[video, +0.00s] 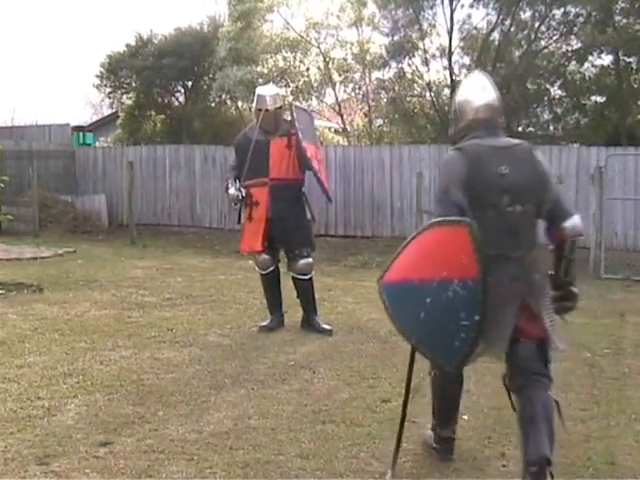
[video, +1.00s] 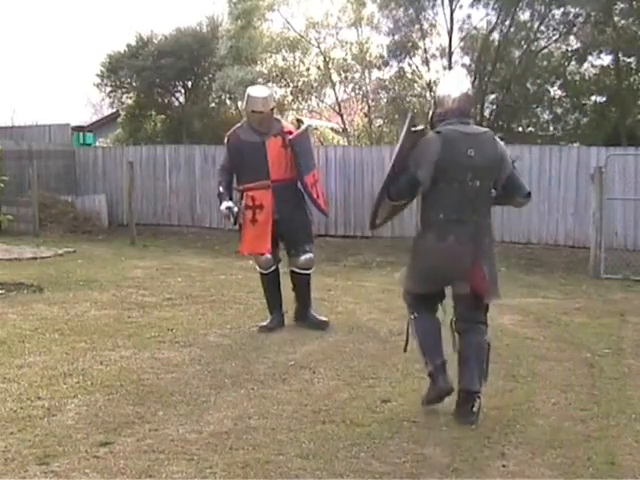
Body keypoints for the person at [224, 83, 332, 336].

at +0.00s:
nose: (269, 116)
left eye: (273, 110)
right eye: (264, 111)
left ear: (282, 109)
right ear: (256, 111)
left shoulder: (293, 135)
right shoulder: (246, 139)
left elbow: (308, 164)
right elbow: (234, 170)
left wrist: (301, 144)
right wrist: (233, 186)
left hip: (292, 206)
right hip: (260, 209)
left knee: (302, 261)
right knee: (264, 260)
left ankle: (310, 316)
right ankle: (275, 315)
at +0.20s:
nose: (266, 115)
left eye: (271, 109)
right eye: (261, 110)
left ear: (281, 109)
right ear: (255, 111)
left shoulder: (296, 135)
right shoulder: (245, 140)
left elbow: (311, 161)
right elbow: (237, 169)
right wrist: (232, 187)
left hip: (291, 206)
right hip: (259, 209)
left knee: (301, 262)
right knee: (264, 261)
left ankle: (310, 316)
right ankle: (275, 316)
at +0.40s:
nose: (267, 116)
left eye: (272, 110)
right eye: (262, 111)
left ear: (281, 109)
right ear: (255, 112)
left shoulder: (294, 135)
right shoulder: (246, 141)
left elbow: (312, 162)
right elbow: (238, 171)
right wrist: (232, 192)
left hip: (291, 207)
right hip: (259, 210)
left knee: (302, 263)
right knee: (264, 261)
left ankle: (310, 316)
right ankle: (276, 315)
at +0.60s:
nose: (267, 116)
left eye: (271, 110)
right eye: (261, 111)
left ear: (280, 109)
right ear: (254, 111)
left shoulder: (293, 135)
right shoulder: (244, 140)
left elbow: (312, 166)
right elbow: (235, 175)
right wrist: (231, 199)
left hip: (291, 207)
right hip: (258, 210)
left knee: (302, 262)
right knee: (264, 261)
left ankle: (310, 316)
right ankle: (276, 315)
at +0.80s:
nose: (261, 117)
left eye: (266, 111)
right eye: (256, 112)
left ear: (276, 109)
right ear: (250, 111)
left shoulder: (291, 134)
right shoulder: (240, 139)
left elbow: (309, 169)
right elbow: (231, 175)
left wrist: (305, 137)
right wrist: (229, 200)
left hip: (290, 205)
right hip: (257, 207)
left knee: (303, 260)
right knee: (264, 260)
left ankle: (312, 315)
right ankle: (275, 315)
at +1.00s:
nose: (256, 117)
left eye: (261, 113)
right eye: (252, 112)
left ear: (272, 110)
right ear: (245, 111)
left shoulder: (287, 132)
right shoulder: (236, 138)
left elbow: (306, 168)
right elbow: (225, 172)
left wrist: (301, 139)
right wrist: (225, 199)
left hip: (289, 200)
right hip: (256, 204)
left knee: (303, 257)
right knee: (265, 260)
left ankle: (304, 312)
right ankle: (276, 315)